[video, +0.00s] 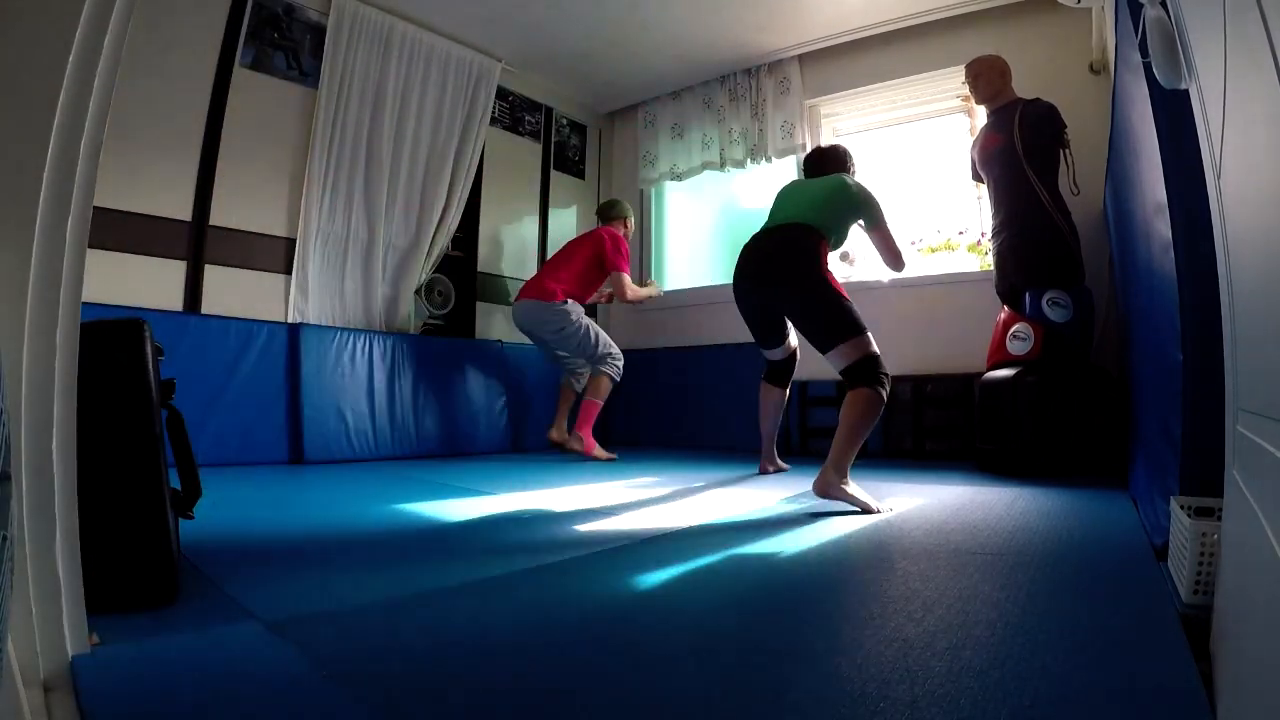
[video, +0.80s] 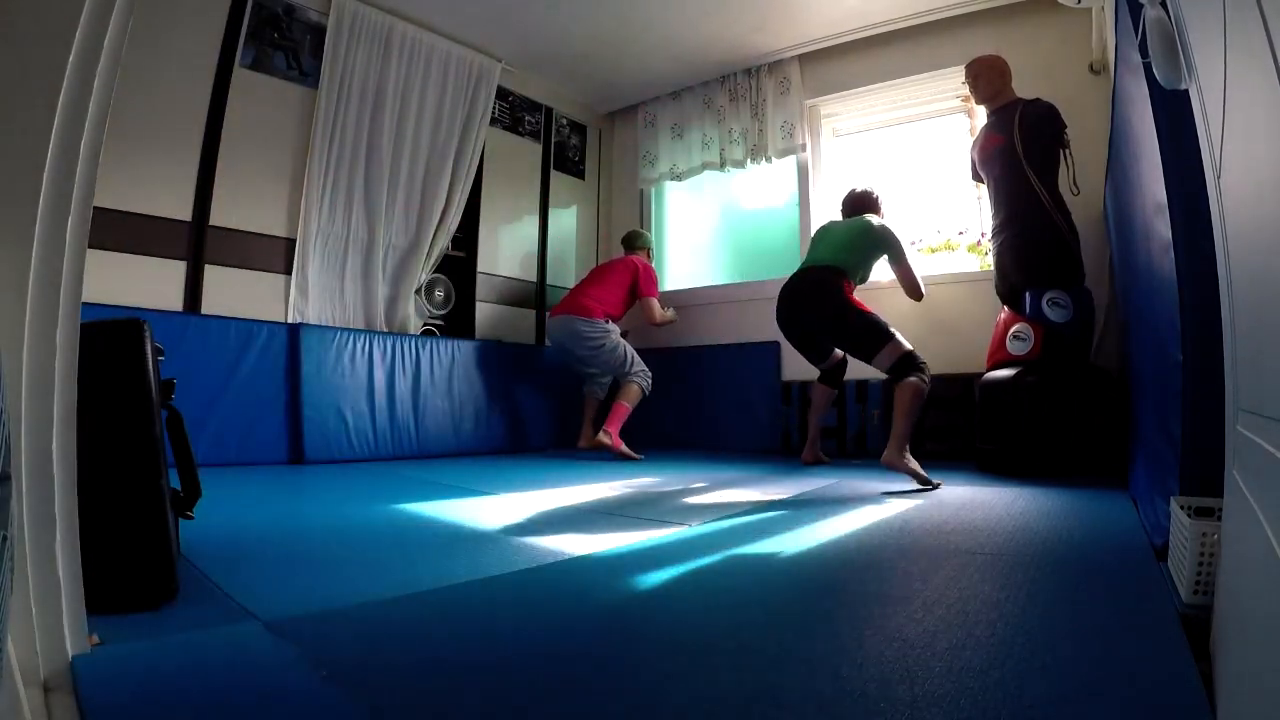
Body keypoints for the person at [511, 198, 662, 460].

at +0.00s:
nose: (630, 234)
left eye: (631, 229)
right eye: (631, 228)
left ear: (602, 222)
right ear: (625, 223)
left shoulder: (587, 238)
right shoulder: (614, 239)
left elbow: (563, 288)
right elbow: (626, 293)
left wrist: (597, 297)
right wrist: (650, 291)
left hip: (524, 306)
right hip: (553, 306)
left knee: (578, 364)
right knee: (610, 358)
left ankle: (559, 428)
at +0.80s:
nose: (652, 258)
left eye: (651, 255)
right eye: (651, 254)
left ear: (625, 251)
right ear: (648, 252)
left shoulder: (608, 266)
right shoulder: (642, 266)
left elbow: (589, 301)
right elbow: (654, 317)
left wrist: (611, 330)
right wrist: (669, 316)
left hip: (557, 321)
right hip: (588, 323)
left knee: (599, 374)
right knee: (639, 375)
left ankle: (587, 435)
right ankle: (610, 432)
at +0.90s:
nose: (651, 256)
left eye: (651, 252)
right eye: (651, 252)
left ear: (625, 249)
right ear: (647, 250)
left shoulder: (609, 264)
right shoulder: (641, 265)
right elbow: (653, 316)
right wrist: (668, 316)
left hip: (556, 319)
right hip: (587, 321)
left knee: (599, 374)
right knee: (638, 372)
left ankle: (587, 435)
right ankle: (610, 431)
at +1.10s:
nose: (649, 247)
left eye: (649, 244)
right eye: (649, 244)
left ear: (621, 242)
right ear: (645, 242)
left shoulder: (602, 257)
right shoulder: (642, 257)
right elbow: (653, 309)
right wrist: (668, 310)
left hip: (554, 314)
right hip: (587, 316)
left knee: (592, 370)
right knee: (636, 373)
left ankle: (586, 435)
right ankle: (608, 437)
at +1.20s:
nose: (645, 240)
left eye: (645, 238)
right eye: (645, 237)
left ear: (616, 234)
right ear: (641, 235)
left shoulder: (597, 248)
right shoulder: (638, 249)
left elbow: (577, 278)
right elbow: (651, 300)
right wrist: (668, 304)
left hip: (547, 303)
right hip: (583, 304)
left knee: (584, 364)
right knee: (627, 368)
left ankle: (584, 431)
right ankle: (607, 439)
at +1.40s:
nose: (632, 238)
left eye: (632, 235)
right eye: (632, 234)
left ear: (602, 231)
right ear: (627, 232)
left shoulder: (587, 244)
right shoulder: (622, 245)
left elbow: (562, 278)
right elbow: (637, 297)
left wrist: (588, 306)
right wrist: (657, 298)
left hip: (526, 299)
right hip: (561, 298)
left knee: (568, 362)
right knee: (613, 357)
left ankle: (552, 437)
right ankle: (587, 424)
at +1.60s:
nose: (617, 231)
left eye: (616, 228)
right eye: (616, 227)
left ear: (584, 223)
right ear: (611, 225)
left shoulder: (568, 236)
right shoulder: (608, 237)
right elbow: (622, 292)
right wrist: (641, 294)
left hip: (503, 289)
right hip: (539, 290)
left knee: (549, 363)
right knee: (584, 362)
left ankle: (546, 434)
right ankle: (557, 437)